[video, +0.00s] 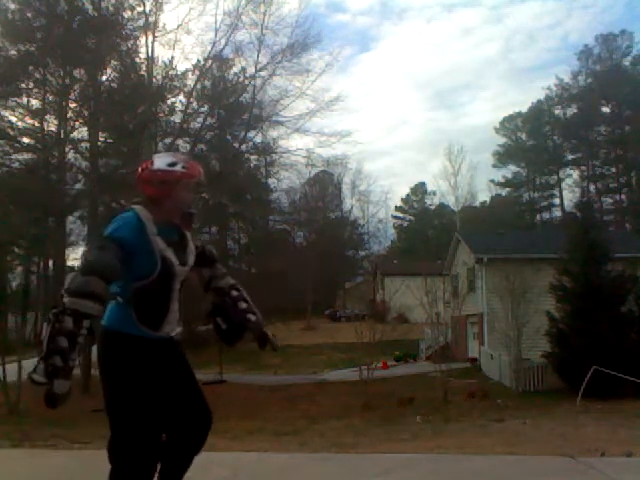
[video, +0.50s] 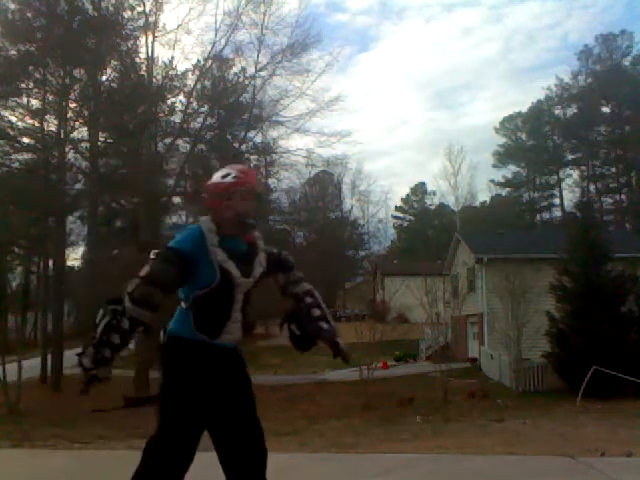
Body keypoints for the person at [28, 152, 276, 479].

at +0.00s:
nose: (192, 198)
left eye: (192, 190)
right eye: (186, 190)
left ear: (170, 193)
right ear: (164, 191)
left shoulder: (180, 236)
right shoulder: (129, 227)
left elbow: (212, 272)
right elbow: (87, 288)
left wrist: (241, 310)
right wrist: (60, 361)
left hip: (164, 345)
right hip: (124, 345)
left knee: (194, 420)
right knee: (135, 438)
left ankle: (167, 476)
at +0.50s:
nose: (251, 208)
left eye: (253, 200)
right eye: (243, 200)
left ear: (250, 204)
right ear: (221, 203)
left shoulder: (253, 248)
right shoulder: (193, 241)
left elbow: (289, 277)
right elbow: (145, 293)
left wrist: (313, 318)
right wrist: (103, 350)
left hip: (228, 357)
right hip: (187, 355)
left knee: (247, 449)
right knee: (173, 448)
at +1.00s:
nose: (288, 216)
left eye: (294, 208)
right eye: (280, 208)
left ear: (299, 211)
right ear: (263, 210)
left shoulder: (284, 248)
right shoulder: (247, 244)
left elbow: (277, 305)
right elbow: (239, 304)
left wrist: (274, 356)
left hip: (262, 351)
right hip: (230, 348)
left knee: (276, 441)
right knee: (239, 438)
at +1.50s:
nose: (319, 220)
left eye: (323, 213)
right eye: (312, 213)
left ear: (328, 213)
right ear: (293, 213)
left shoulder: (297, 248)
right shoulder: (281, 246)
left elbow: (322, 290)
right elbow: (315, 297)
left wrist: (349, 320)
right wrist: (346, 325)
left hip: (275, 347)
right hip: (261, 348)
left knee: (305, 444)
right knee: (303, 445)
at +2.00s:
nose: (342, 217)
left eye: (346, 209)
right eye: (335, 208)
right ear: (314, 208)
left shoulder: (309, 241)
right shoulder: (295, 237)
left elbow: (323, 288)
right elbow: (318, 294)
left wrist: (345, 324)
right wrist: (340, 327)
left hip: (278, 342)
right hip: (264, 342)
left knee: (297, 442)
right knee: (295, 444)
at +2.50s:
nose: (308, 218)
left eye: (314, 210)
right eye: (300, 209)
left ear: (322, 212)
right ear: (280, 210)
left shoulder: (327, 250)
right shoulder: (257, 246)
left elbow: (370, 281)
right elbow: (236, 293)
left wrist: (396, 329)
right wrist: (225, 346)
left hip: (302, 352)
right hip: (261, 353)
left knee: (299, 439)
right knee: (269, 439)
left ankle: (297, 474)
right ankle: (271, 475)